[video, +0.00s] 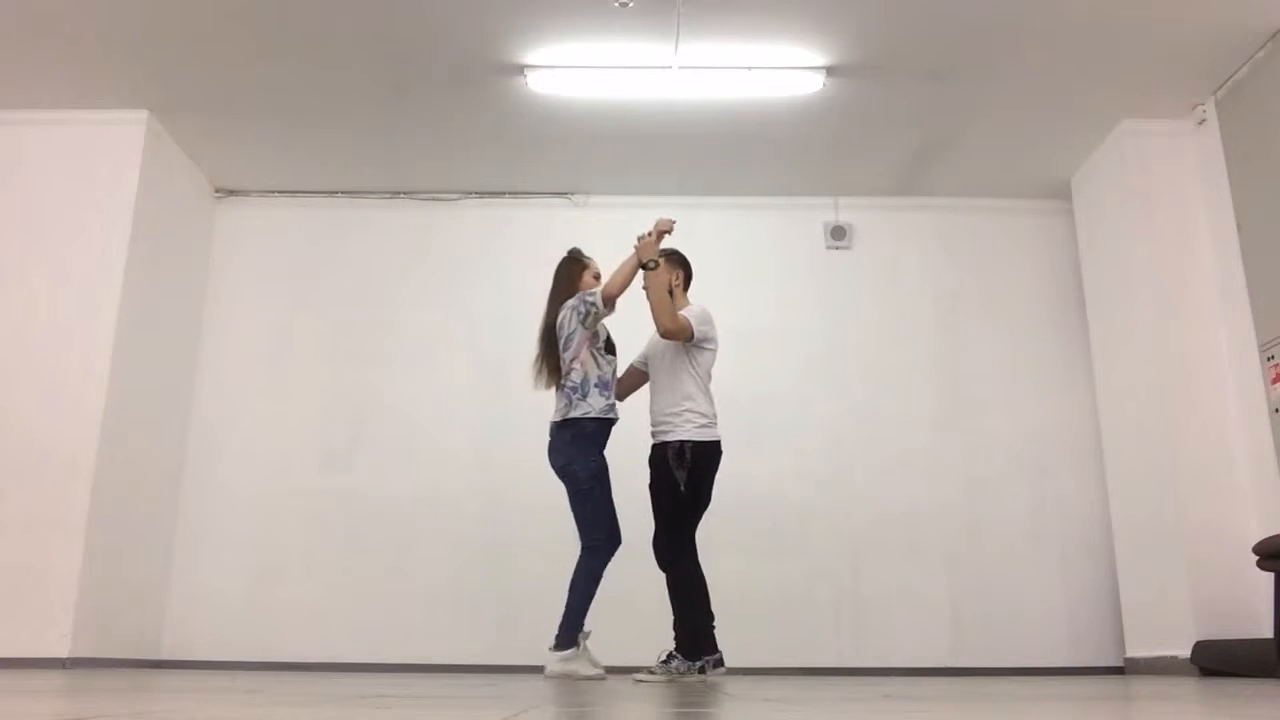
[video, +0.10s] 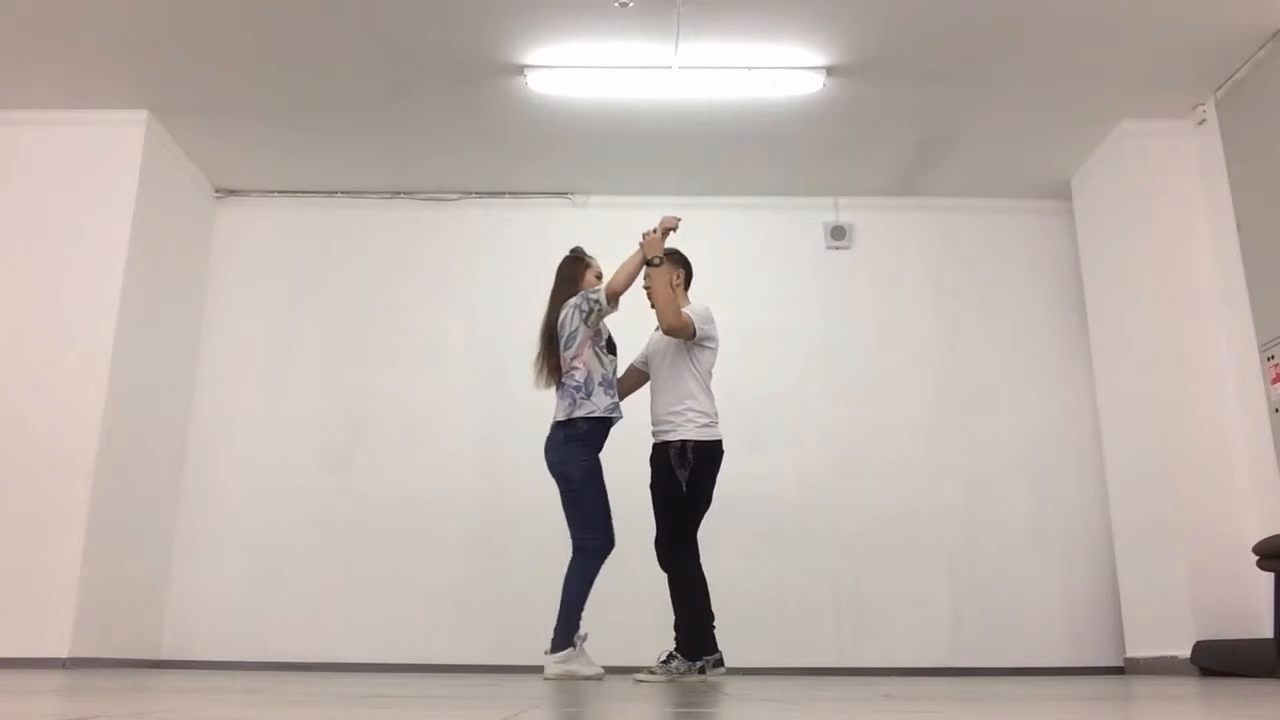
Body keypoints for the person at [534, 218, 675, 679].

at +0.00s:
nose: (602, 284)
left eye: (601, 277)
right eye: (593, 277)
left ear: (585, 282)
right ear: (572, 280)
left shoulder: (583, 318)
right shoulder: (573, 313)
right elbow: (611, 290)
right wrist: (643, 250)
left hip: (585, 437)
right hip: (575, 438)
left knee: (607, 539)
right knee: (598, 542)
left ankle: (571, 641)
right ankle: (564, 649)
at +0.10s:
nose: (602, 282)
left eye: (601, 275)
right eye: (594, 275)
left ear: (587, 281)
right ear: (574, 278)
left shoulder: (582, 317)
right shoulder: (575, 312)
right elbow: (614, 288)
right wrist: (648, 246)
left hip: (578, 441)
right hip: (572, 442)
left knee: (592, 543)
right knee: (595, 542)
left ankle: (566, 645)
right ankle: (562, 649)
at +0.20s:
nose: (604, 280)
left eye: (603, 273)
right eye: (596, 273)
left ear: (587, 278)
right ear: (575, 276)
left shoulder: (586, 314)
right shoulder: (576, 309)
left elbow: (620, 293)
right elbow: (616, 287)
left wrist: (648, 252)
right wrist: (650, 245)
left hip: (578, 440)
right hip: (571, 440)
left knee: (585, 542)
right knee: (583, 543)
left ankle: (558, 643)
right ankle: (559, 651)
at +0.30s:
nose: (605, 275)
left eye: (603, 268)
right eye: (598, 269)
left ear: (579, 278)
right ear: (582, 275)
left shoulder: (582, 314)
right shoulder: (579, 308)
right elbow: (618, 285)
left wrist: (646, 248)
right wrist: (648, 246)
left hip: (574, 438)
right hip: (577, 440)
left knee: (576, 540)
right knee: (585, 543)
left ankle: (534, 636)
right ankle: (561, 650)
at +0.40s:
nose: (605, 280)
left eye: (603, 275)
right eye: (598, 274)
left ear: (577, 279)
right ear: (582, 278)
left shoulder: (582, 319)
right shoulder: (579, 309)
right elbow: (616, 286)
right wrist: (644, 244)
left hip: (571, 442)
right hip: (581, 442)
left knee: (569, 545)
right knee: (594, 549)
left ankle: (515, 635)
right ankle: (563, 651)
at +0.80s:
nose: (595, 281)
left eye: (594, 276)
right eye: (589, 275)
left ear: (577, 286)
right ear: (573, 282)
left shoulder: (592, 336)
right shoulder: (559, 321)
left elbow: (624, 384)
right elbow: (578, 336)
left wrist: (662, 358)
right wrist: (595, 285)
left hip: (582, 444)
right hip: (567, 443)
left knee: (594, 548)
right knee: (590, 547)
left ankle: (538, 636)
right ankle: (561, 651)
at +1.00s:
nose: (587, 291)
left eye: (588, 286)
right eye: (579, 285)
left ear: (585, 293)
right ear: (559, 290)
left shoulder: (589, 336)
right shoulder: (546, 333)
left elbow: (621, 367)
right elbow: (547, 383)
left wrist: (600, 350)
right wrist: (563, 341)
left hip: (588, 444)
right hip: (563, 442)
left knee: (582, 546)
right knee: (573, 545)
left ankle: (562, 648)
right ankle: (558, 650)